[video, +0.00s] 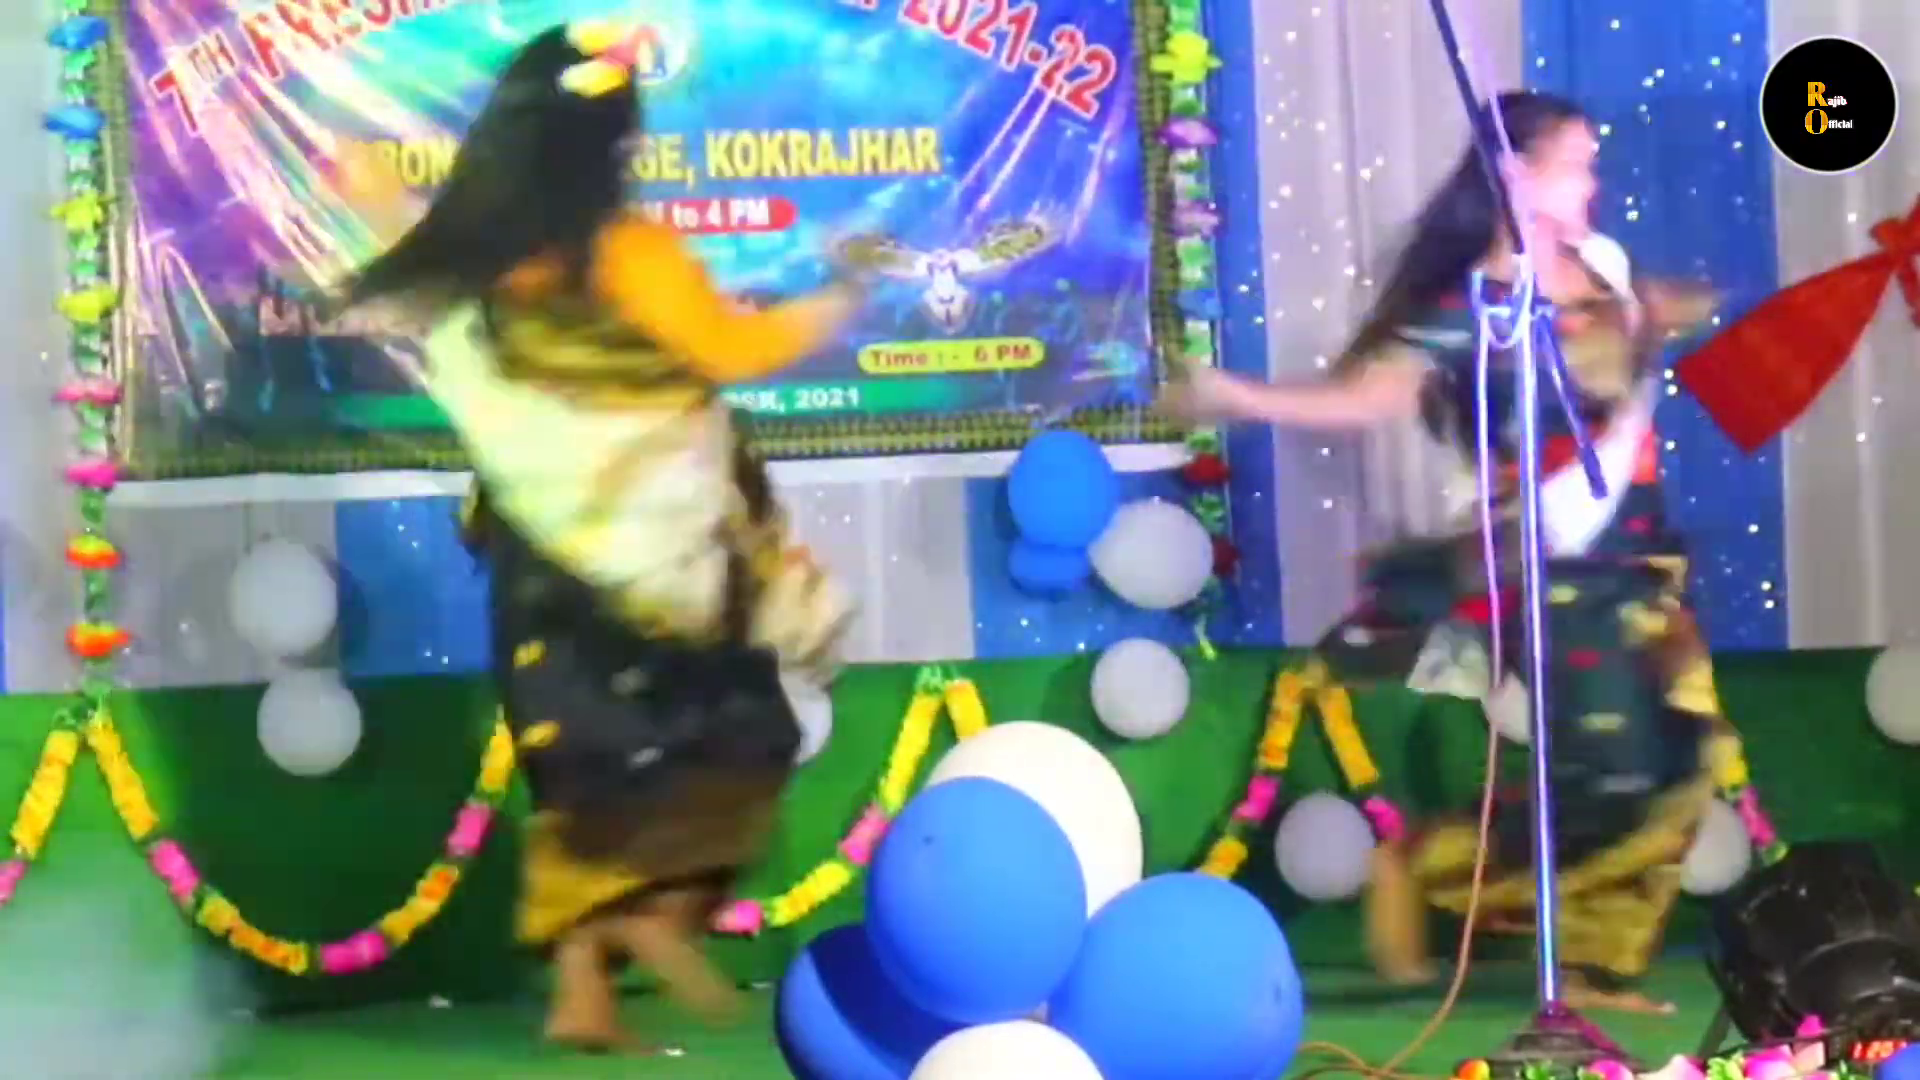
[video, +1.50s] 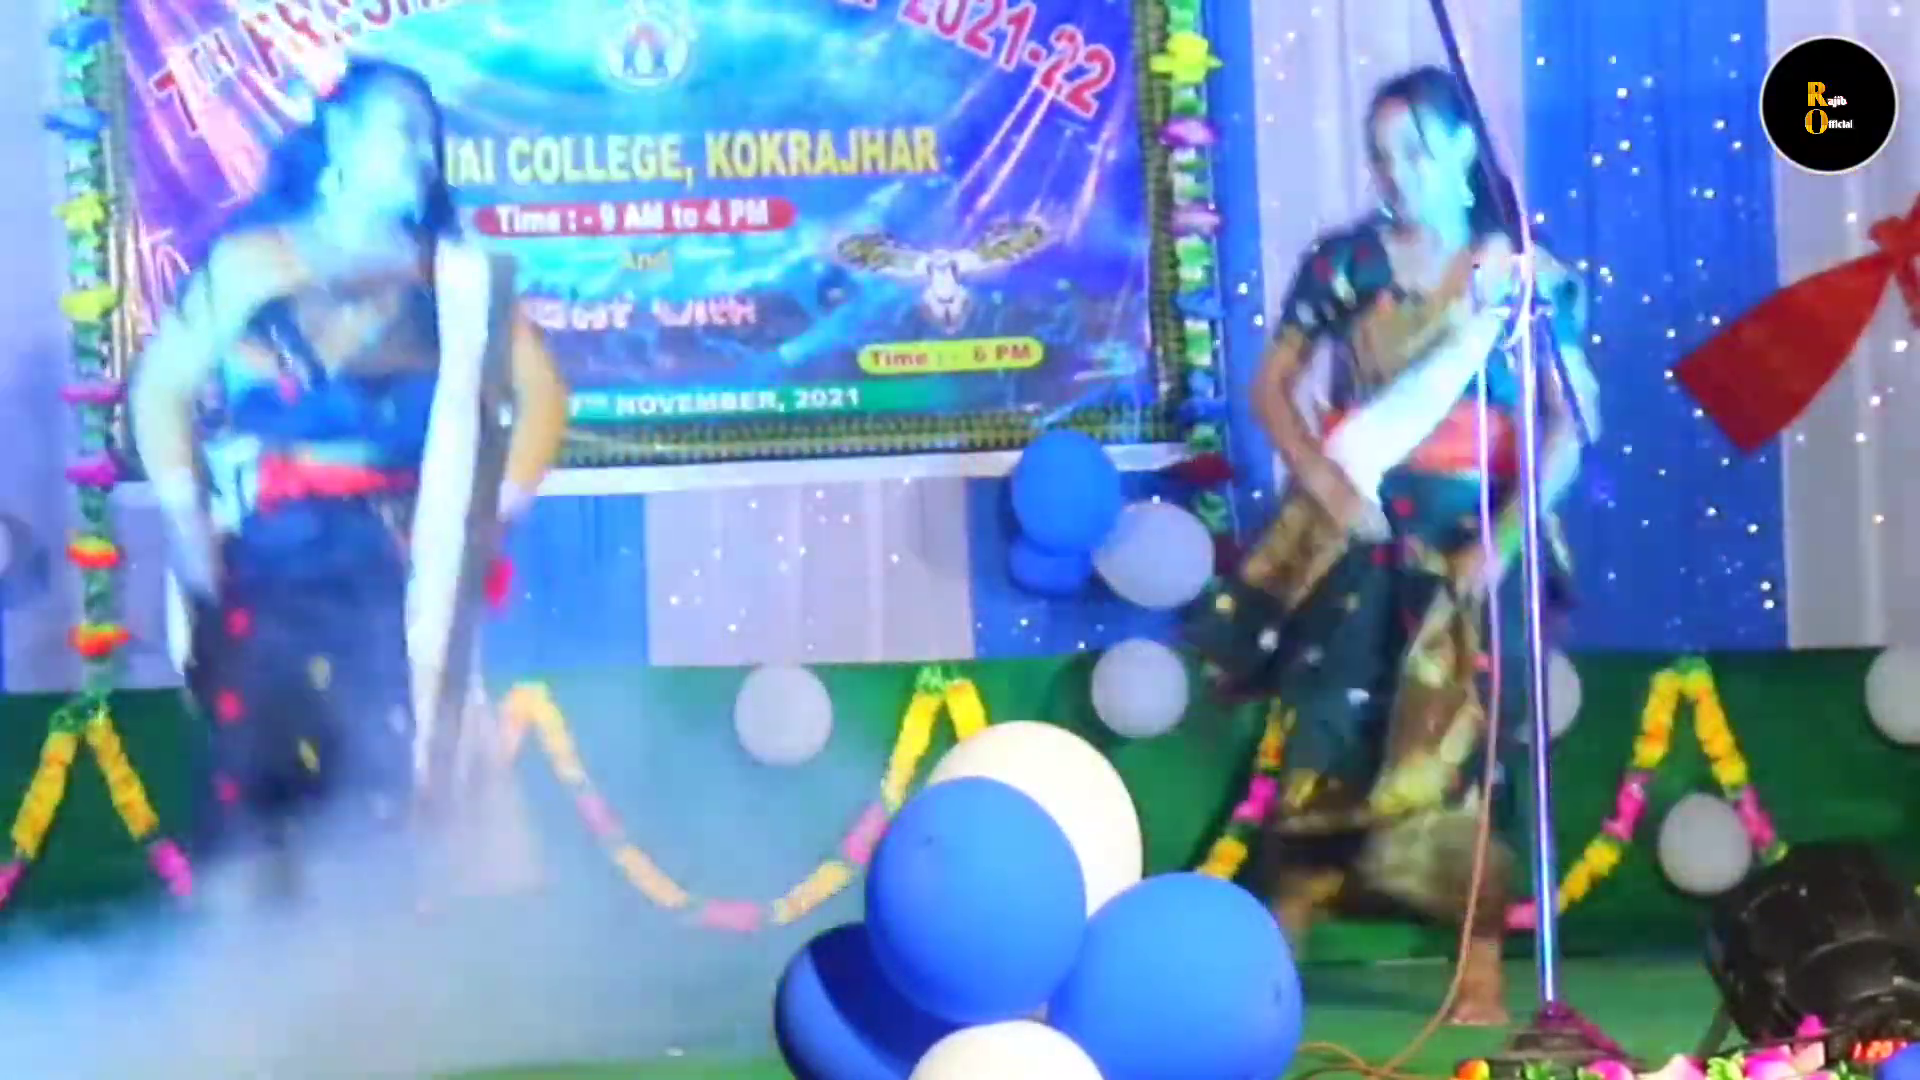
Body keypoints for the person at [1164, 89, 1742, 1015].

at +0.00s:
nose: (1594, 185)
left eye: (1594, 166)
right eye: (1578, 167)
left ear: (1566, 175)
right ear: (1515, 172)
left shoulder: (1604, 267)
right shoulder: (1464, 291)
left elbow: (1661, 320)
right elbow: (1370, 396)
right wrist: (1240, 396)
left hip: (1632, 566)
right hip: (1531, 569)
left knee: (1688, 770)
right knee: (1606, 773)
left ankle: (1586, 962)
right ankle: (1417, 864)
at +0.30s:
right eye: (1674, 128)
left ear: (1572, 128)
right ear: (1674, 133)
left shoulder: (1505, 227)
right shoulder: (1694, 253)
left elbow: (1391, 278)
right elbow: (1795, 352)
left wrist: (1264, 305)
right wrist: (1908, 368)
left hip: (1528, 547)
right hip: (1641, 551)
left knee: (1593, 748)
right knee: (1720, 733)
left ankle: (1581, 958)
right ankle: (1783, 942)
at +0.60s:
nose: (1557, 124)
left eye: (1565, 103)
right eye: (1556, 104)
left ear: (1614, 100)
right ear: (1628, 101)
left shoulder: (1626, 200)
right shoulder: (1676, 204)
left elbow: (1528, 238)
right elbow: (1515, 276)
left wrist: (1411, 246)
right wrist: (1416, 269)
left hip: (1639, 484)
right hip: (1683, 480)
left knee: (1626, 709)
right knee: (1675, 708)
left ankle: (1638, 947)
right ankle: (1679, 939)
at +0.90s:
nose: (1546, 233)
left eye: (1562, 212)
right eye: (1538, 216)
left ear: (1618, 209)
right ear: (1530, 222)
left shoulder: (1676, 321)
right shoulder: (1523, 333)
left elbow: (1687, 464)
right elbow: (1505, 473)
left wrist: (1611, 578)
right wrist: (1515, 588)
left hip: (1663, 560)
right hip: (1558, 565)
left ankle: (1684, 927)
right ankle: (1577, 931)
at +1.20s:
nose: (1457, 139)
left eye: (1471, 116)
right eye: (1444, 120)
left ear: (1524, 104)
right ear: (1435, 122)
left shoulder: (1600, 205)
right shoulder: (1429, 219)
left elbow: (1628, 349)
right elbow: (1368, 346)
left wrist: (1561, 472)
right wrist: (1384, 456)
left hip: (1559, 504)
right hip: (1439, 502)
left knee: (1541, 723)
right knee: (1423, 724)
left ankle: (1555, 940)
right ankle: (1415, 968)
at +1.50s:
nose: (1400, 171)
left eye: (1417, 150)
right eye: (1385, 154)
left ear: (1466, 149)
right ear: (1373, 159)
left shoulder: (1525, 272)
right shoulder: (1344, 260)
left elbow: (1572, 424)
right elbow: (1270, 390)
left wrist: (1502, 541)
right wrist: (1324, 485)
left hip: (1476, 548)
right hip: (1359, 538)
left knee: (1477, 757)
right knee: (1323, 741)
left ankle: (1479, 969)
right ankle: (1276, 959)